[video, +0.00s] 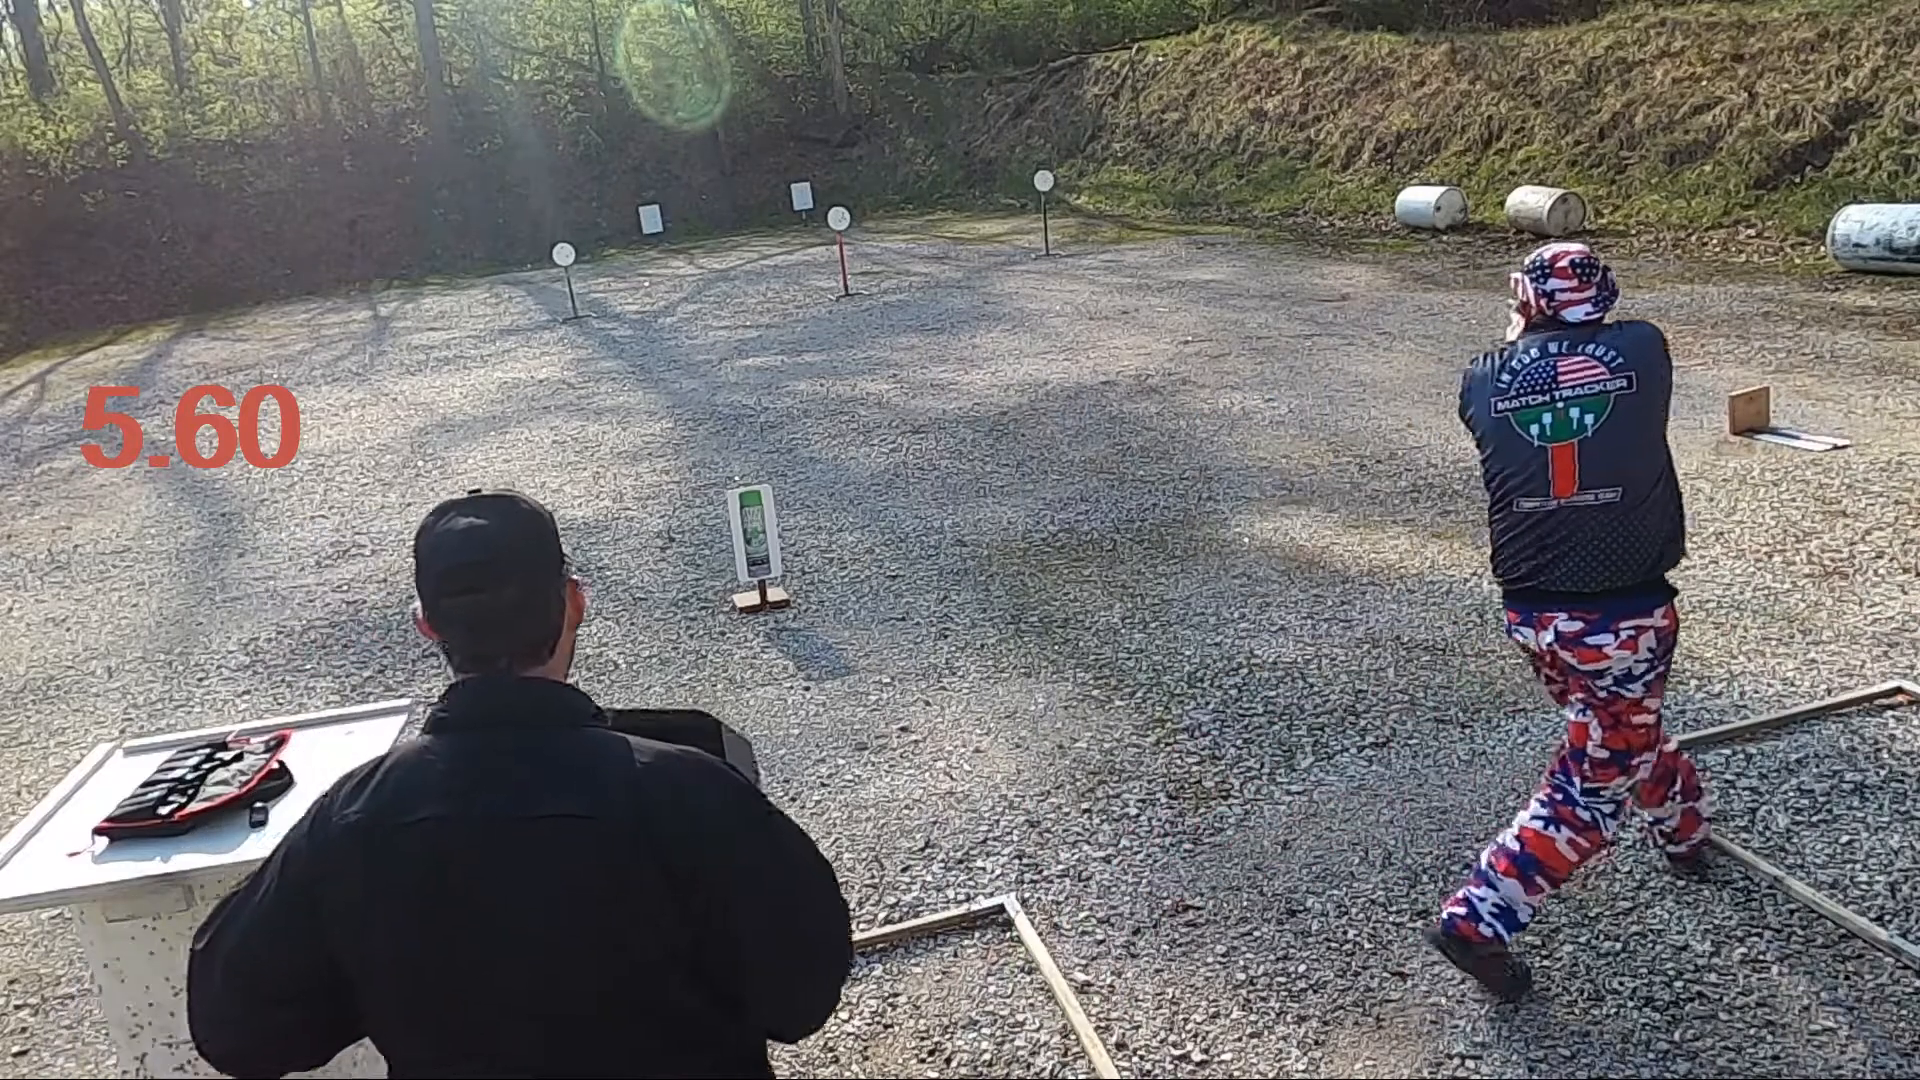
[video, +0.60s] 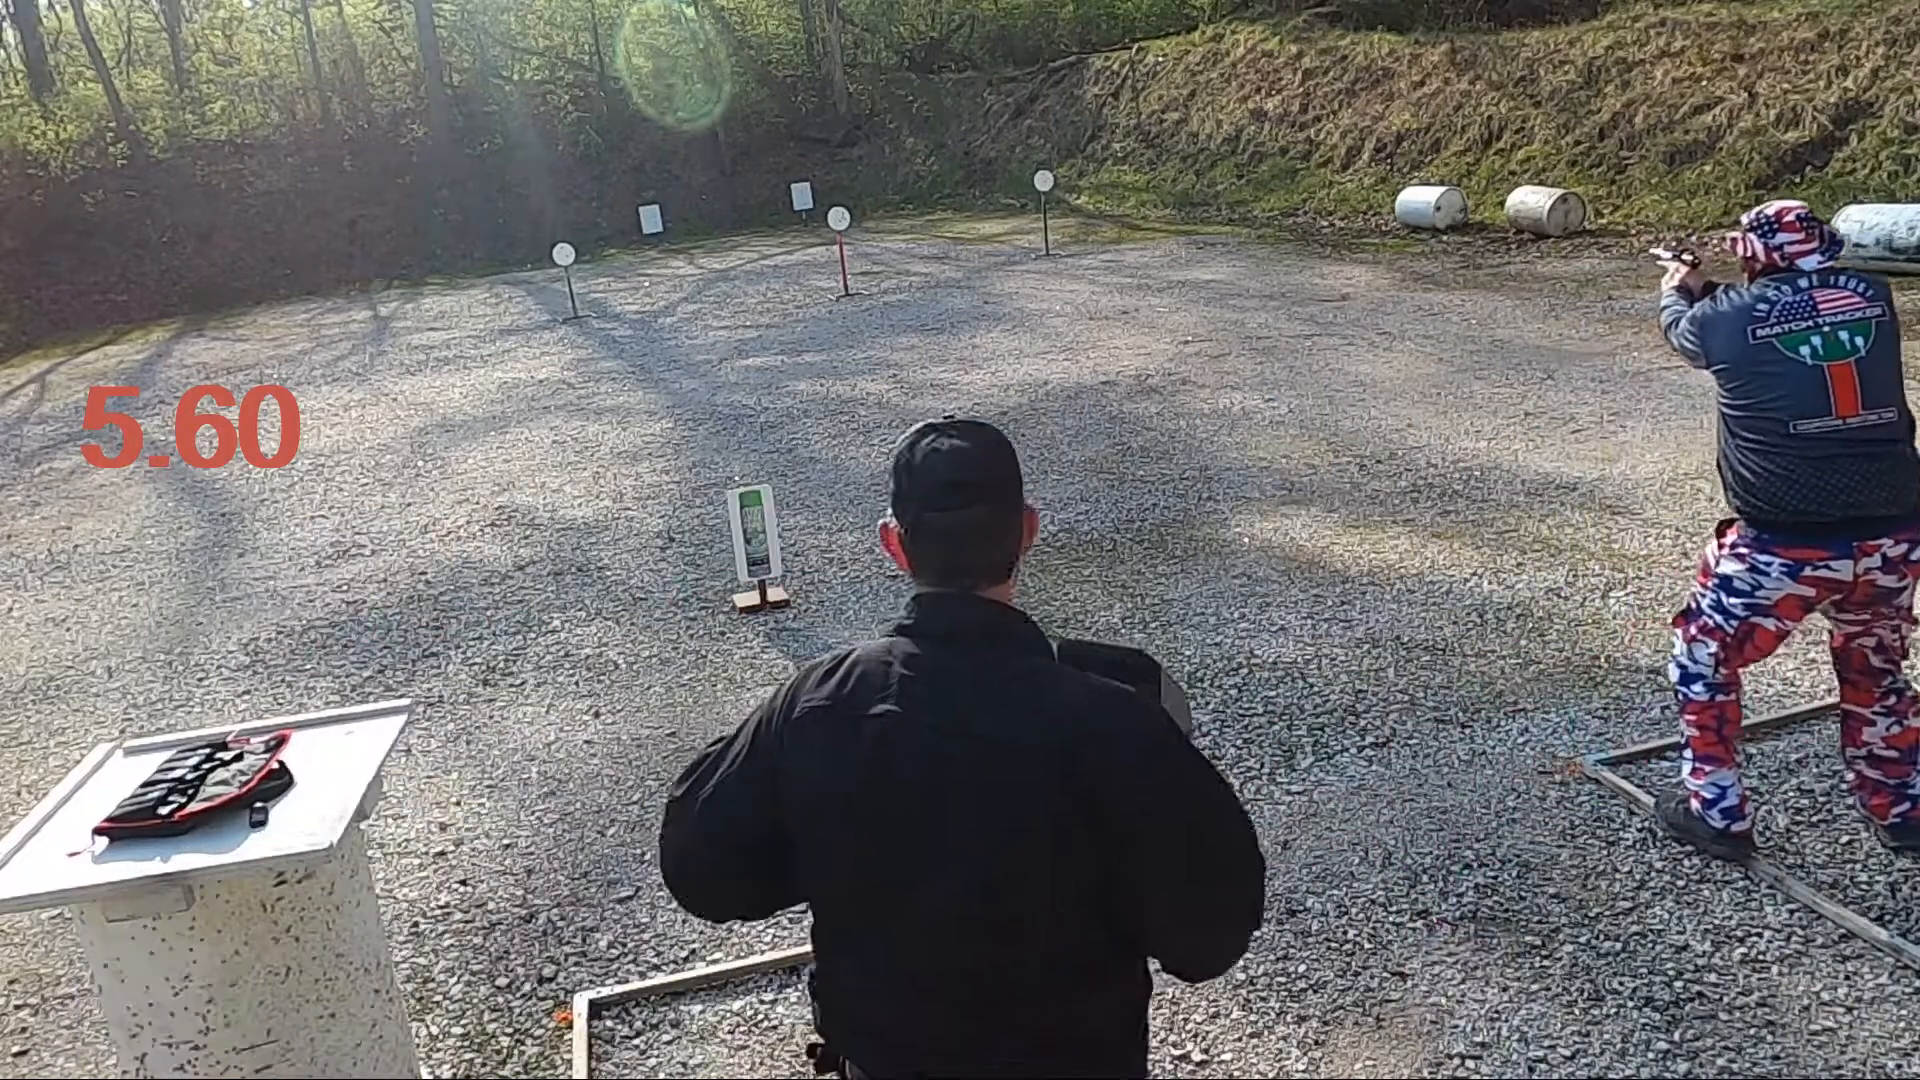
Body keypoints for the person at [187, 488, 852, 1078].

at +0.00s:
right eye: (575, 588)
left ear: (427, 631)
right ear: (575, 607)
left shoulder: (350, 828)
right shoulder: (688, 798)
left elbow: (230, 1030)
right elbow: (804, 994)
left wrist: (390, 937)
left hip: (453, 1069)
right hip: (682, 1067)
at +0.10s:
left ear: (499, 623)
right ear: (644, 604)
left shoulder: (418, 816)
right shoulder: (754, 800)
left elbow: (301, 1011)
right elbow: (863, 1000)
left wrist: (382, 837)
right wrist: (786, 795)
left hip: (513, 1066)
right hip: (738, 1066)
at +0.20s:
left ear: (590, 619)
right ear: (732, 600)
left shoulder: (513, 803)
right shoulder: (837, 798)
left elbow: (377, 980)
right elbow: (939, 999)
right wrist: (858, 781)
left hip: (596, 1066)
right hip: (813, 1066)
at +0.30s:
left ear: (682, 601)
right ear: (821, 582)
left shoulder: (599, 782)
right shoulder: (919, 779)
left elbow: (472, 955)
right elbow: (1021, 984)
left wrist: (618, 892)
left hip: (679, 1062)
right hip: (897, 1062)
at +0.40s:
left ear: (759, 580)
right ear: (897, 563)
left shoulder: (676, 761)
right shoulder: (993, 761)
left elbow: (554, 927)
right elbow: (1099, 965)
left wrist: (700, 853)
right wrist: (1016, 753)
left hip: (758, 1061)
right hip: (971, 1061)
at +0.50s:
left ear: (829, 560)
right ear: (963, 545)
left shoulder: (751, 731)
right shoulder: (1054, 736)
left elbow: (631, 901)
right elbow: (1159, 946)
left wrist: (780, 839)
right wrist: (1088, 751)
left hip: (821, 1063)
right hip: (1028, 1063)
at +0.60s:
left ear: (895, 545)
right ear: (1028, 532)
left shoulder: (817, 709)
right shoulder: (1107, 724)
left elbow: (698, 870)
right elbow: (1211, 936)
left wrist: (846, 827)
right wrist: (1164, 745)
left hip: (881, 1057)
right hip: (1076, 1059)